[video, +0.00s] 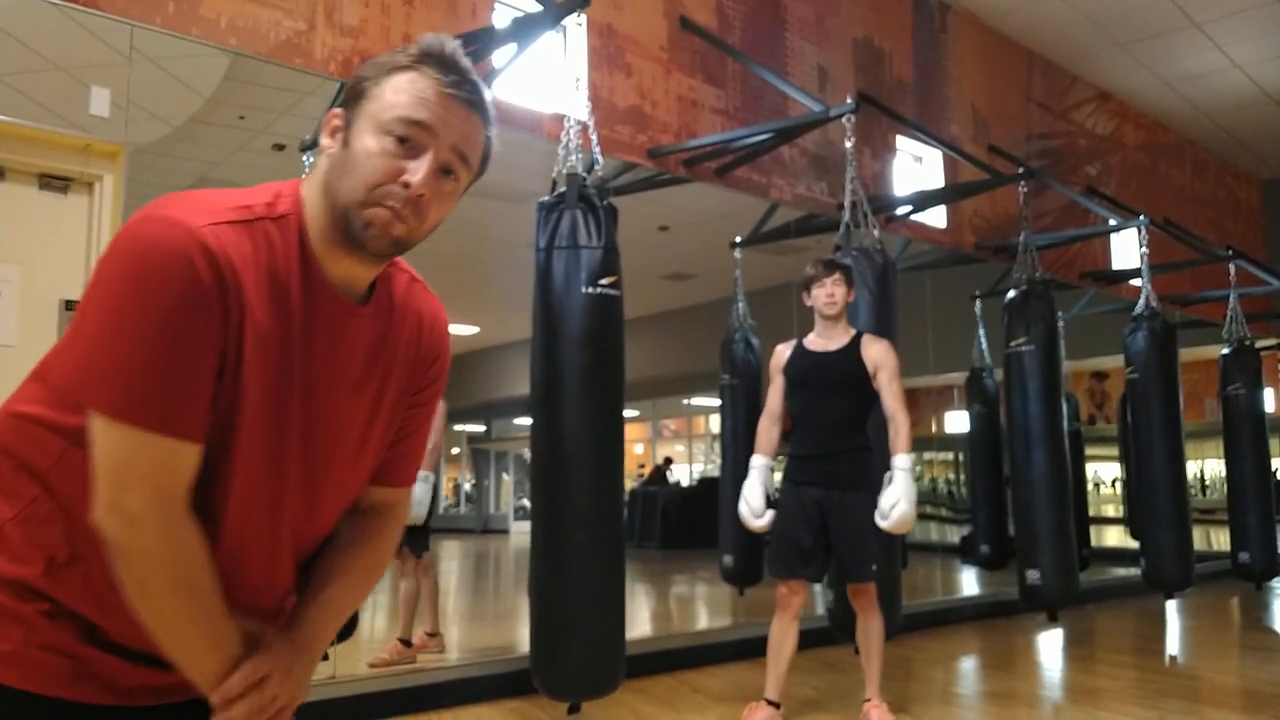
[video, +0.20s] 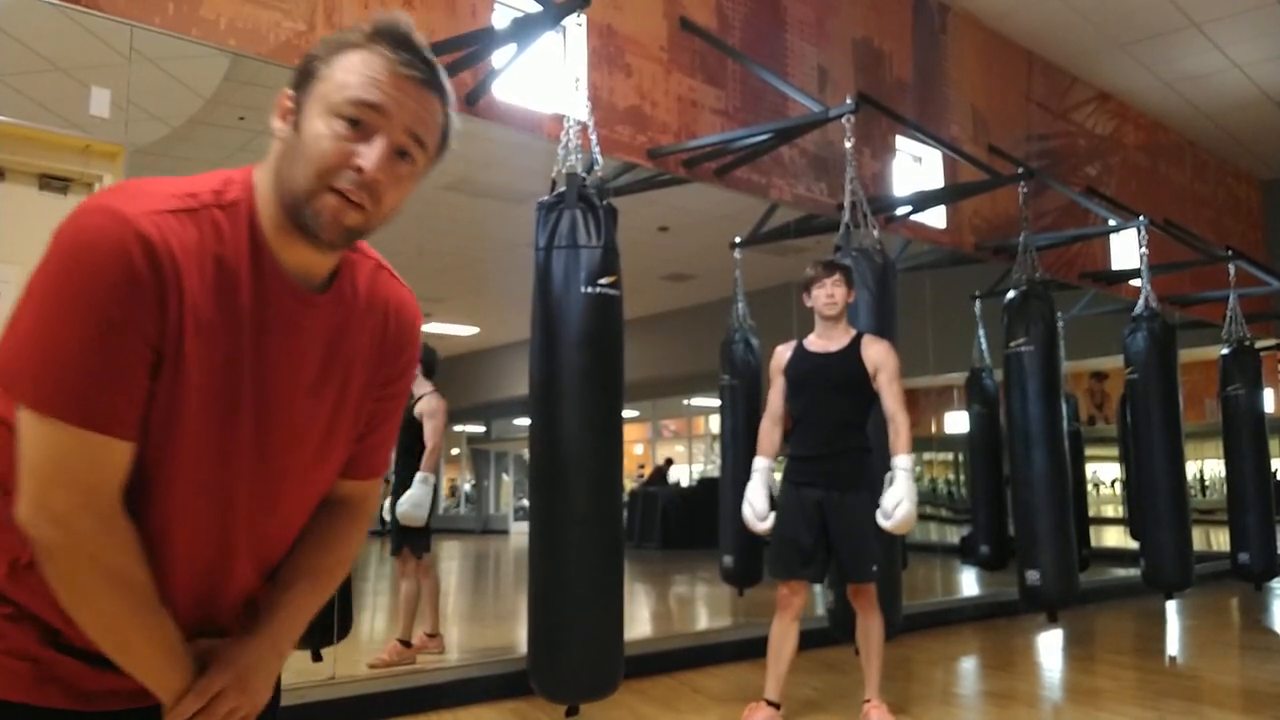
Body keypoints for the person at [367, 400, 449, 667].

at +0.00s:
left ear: (428, 381)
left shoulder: (435, 405)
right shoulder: (401, 407)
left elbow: (434, 443)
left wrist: (422, 477)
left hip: (416, 482)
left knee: (406, 568)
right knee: (423, 566)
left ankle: (403, 641)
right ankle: (431, 633)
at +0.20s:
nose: (403, 369)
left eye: (407, 363)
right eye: (404, 363)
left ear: (417, 365)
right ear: (419, 366)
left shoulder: (431, 401)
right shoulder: (412, 399)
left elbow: (432, 447)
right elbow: (402, 452)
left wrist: (420, 487)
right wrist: (391, 492)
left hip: (414, 486)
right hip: (405, 486)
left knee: (406, 565)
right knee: (422, 564)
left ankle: (403, 642)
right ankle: (431, 634)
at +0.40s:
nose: (400, 372)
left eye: (403, 366)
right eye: (401, 367)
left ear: (418, 369)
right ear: (419, 370)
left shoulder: (432, 402)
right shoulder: (420, 403)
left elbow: (432, 449)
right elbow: (408, 453)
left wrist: (417, 487)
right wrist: (393, 490)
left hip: (416, 487)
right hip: (410, 485)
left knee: (406, 564)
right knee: (424, 563)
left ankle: (403, 642)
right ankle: (431, 634)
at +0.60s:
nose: (400, 373)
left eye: (403, 367)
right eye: (400, 368)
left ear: (418, 368)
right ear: (419, 369)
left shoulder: (433, 402)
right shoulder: (419, 402)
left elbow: (432, 449)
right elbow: (409, 452)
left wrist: (416, 488)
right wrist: (393, 488)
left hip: (417, 486)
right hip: (410, 484)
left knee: (406, 563)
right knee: (424, 562)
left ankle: (403, 641)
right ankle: (431, 634)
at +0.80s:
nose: (400, 375)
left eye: (403, 369)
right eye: (400, 369)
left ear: (418, 369)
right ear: (419, 370)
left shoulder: (432, 402)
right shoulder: (420, 403)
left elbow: (432, 449)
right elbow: (408, 454)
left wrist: (417, 488)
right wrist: (394, 490)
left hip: (416, 487)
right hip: (411, 486)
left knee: (406, 565)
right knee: (424, 564)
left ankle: (403, 642)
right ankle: (432, 635)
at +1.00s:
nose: (401, 374)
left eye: (403, 369)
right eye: (401, 369)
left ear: (418, 369)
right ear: (420, 369)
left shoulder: (433, 401)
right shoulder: (420, 402)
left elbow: (432, 448)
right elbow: (407, 453)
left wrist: (418, 487)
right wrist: (394, 492)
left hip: (416, 487)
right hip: (410, 485)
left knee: (406, 564)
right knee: (424, 562)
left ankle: (404, 642)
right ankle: (432, 634)